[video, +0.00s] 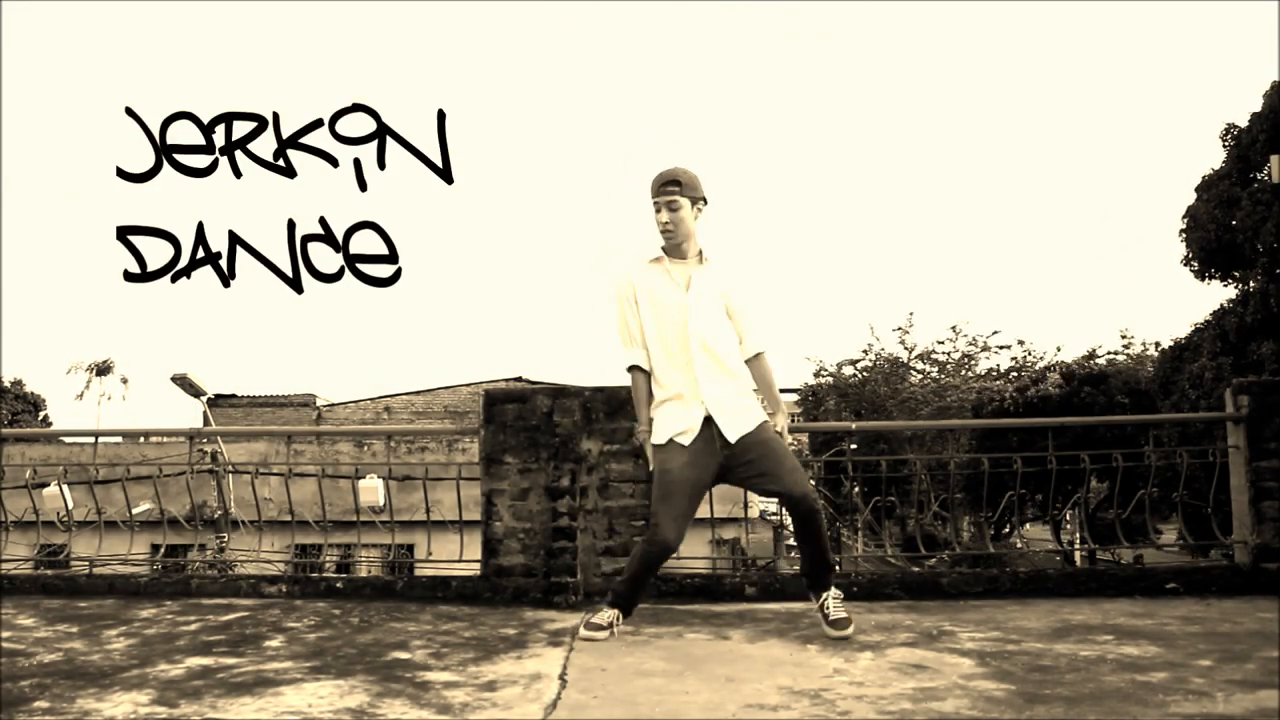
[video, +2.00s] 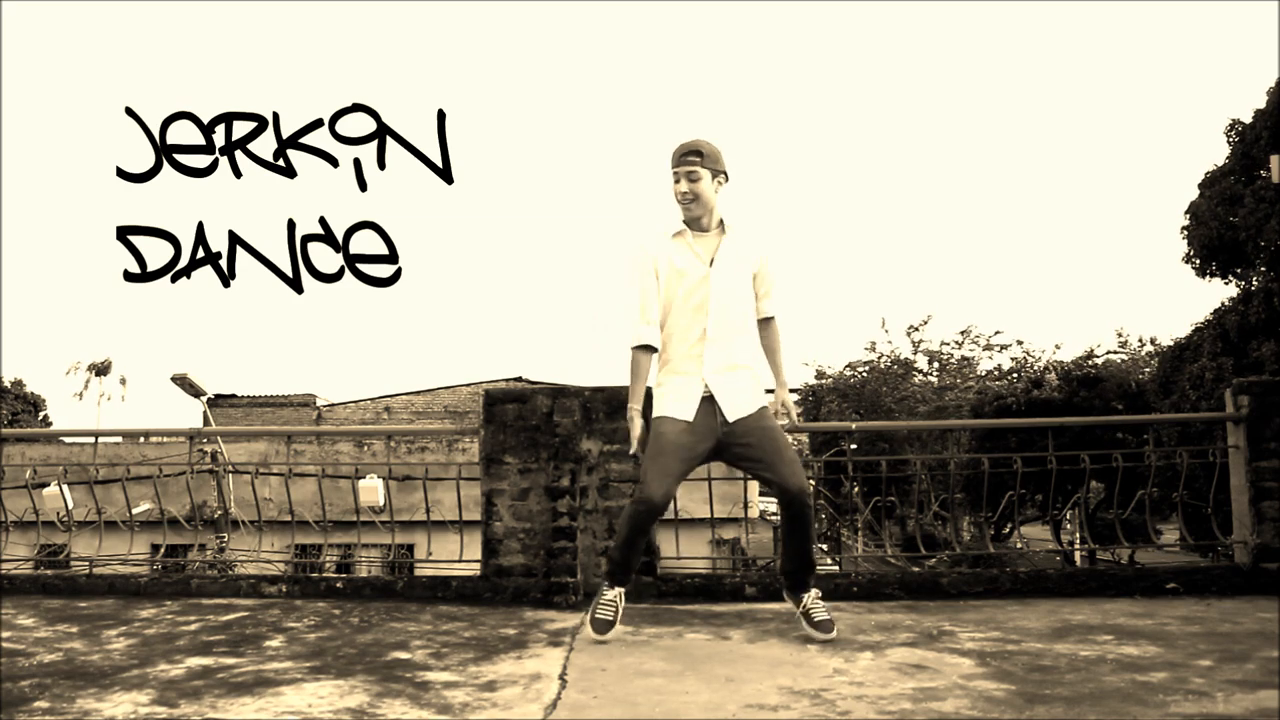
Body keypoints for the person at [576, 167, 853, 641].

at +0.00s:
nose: (663, 218)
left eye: (672, 208)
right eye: (657, 209)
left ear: (698, 210)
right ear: (653, 215)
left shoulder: (725, 277)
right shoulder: (637, 284)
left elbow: (754, 352)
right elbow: (639, 365)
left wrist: (778, 412)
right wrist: (644, 431)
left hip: (741, 418)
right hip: (679, 425)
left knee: (804, 496)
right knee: (664, 536)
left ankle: (824, 589)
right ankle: (616, 609)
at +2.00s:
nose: (683, 188)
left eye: (693, 177)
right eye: (677, 180)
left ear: (719, 182)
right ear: (672, 188)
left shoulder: (748, 250)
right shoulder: (657, 257)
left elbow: (767, 322)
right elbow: (645, 340)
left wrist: (781, 385)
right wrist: (634, 410)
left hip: (745, 396)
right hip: (679, 398)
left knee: (797, 489)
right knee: (651, 496)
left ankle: (801, 588)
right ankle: (614, 585)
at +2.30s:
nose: (691, 213)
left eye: (701, 203)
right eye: (684, 204)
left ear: (725, 206)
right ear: (677, 208)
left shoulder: (756, 273)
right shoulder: (659, 277)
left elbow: (799, 346)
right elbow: (629, 344)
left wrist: (847, 413)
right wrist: (617, 340)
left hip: (754, 424)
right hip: (685, 427)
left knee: (799, 518)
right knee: (653, 535)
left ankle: (811, 617)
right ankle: (626, 609)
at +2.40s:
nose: (718, 203)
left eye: (728, 193)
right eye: (710, 194)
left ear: (751, 197)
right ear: (703, 200)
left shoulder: (778, 271)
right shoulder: (681, 271)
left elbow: (826, 335)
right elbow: (662, 346)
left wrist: (881, 387)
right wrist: (615, 333)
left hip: (767, 411)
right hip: (701, 415)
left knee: (808, 509)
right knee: (680, 517)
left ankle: (815, 617)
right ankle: (626, 596)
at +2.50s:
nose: (743, 195)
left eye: (753, 185)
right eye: (735, 186)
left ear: (776, 190)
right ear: (728, 192)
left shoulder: (794, 262)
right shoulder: (701, 256)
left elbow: (815, 322)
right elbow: (696, 325)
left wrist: (842, 364)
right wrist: (678, 348)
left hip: (773, 391)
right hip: (716, 391)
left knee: (817, 499)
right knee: (730, 492)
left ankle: (817, 615)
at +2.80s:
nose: (719, 156)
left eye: (729, 146)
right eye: (713, 148)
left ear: (757, 149)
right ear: (708, 155)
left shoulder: (784, 224)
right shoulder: (686, 216)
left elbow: (802, 303)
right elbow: (658, 288)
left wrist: (806, 369)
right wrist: (674, 350)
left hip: (772, 384)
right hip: (705, 379)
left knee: (809, 486)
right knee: (679, 488)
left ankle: (796, 616)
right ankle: (657, 553)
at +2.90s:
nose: (696, 153)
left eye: (706, 142)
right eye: (690, 144)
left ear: (734, 142)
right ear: (686, 148)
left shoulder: (764, 211)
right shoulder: (667, 207)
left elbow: (783, 278)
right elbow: (641, 271)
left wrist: (790, 341)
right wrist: (648, 330)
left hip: (750, 376)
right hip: (682, 374)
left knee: (799, 473)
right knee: (649, 485)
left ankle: (799, 606)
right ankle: (625, 561)